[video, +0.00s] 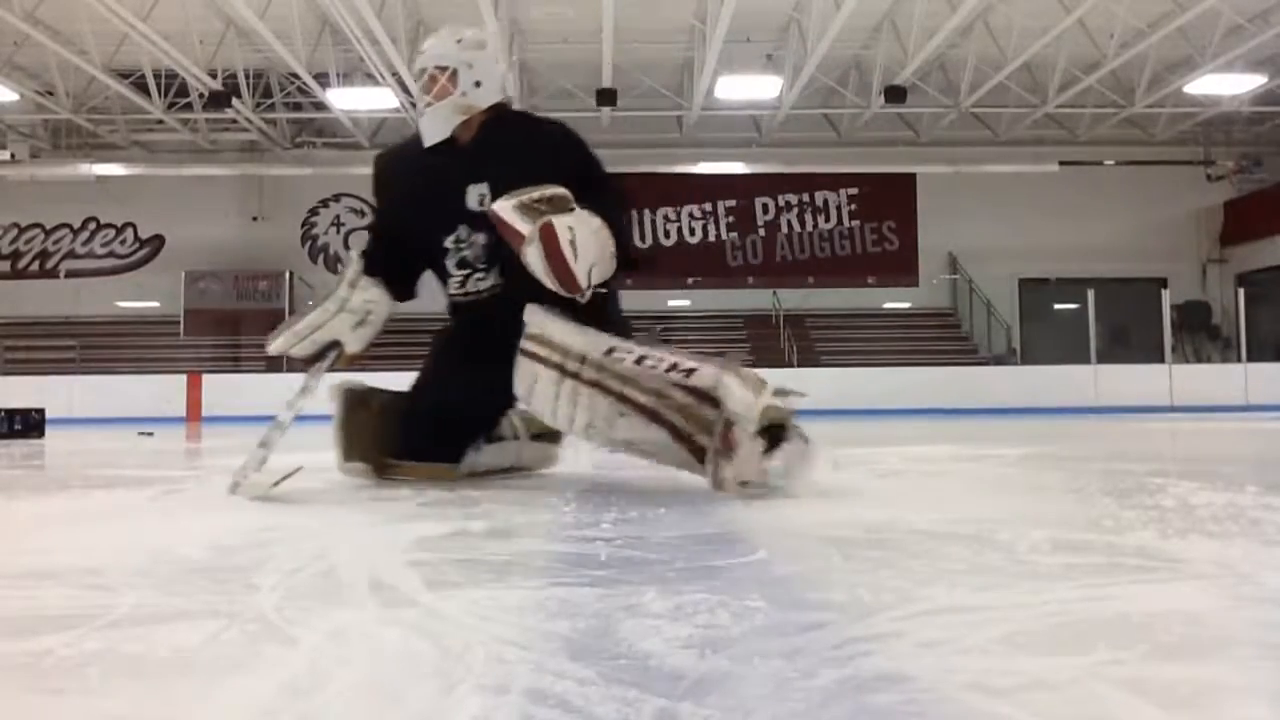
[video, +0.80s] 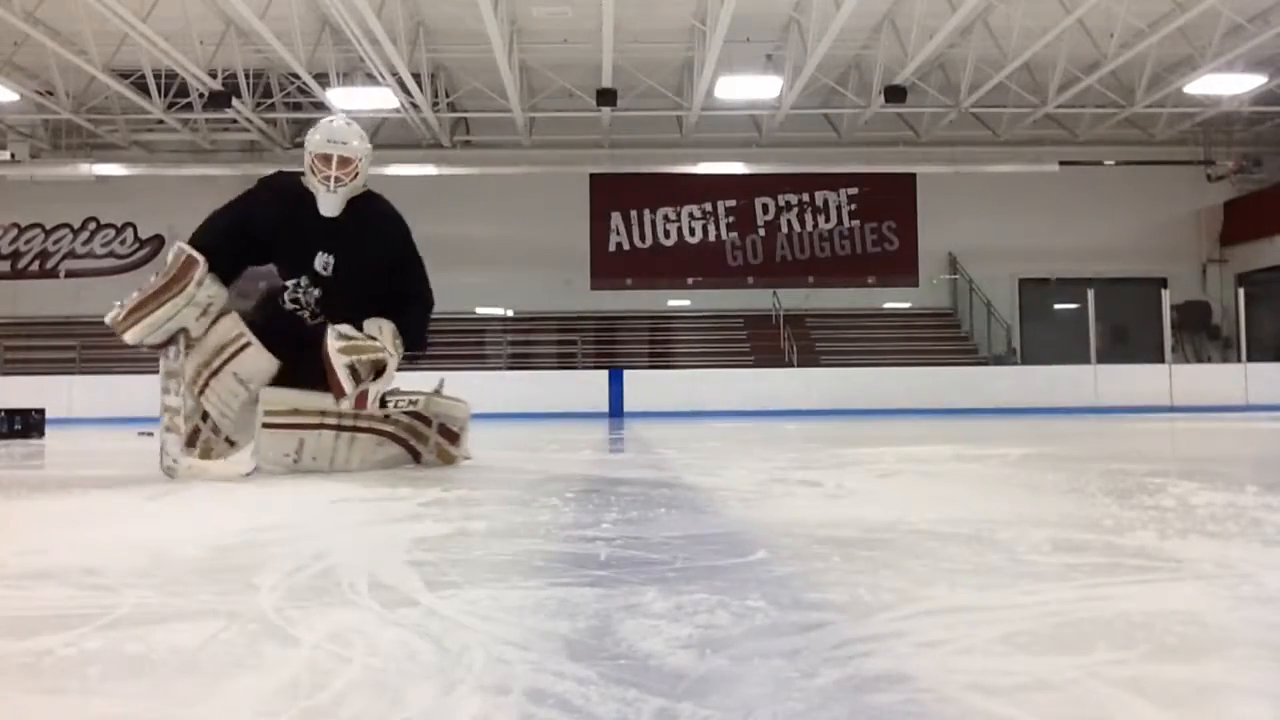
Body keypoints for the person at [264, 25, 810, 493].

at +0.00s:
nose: (426, 88)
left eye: (440, 76)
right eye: (422, 77)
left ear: (481, 78)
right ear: (421, 85)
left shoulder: (544, 141)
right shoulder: (406, 172)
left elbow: (612, 225)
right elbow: (394, 260)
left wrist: (580, 245)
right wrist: (357, 306)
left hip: (570, 318)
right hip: (476, 332)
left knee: (630, 397)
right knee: (422, 446)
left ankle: (739, 433)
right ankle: (520, 442)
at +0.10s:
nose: (401, 107)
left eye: (414, 95)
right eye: (398, 96)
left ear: (452, 98)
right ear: (406, 102)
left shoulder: (512, 160)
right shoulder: (381, 178)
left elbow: (582, 235)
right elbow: (361, 255)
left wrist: (563, 263)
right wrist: (335, 304)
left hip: (521, 329)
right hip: (435, 334)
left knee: (473, 419)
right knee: (389, 441)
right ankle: (496, 437)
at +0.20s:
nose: (383, 114)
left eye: (397, 102)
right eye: (384, 101)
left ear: (434, 109)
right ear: (392, 107)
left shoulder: (487, 170)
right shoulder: (361, 178)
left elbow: (548, 243)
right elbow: (340, 266)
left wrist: (524, 287)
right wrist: (299, 317)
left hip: (484, 348)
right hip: (401, 341)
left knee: (457, 461)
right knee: (369, 448)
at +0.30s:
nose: (361, 126)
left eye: (374, 115)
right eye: (363, 115)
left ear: (408, 121)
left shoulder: (454, 178)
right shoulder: (346, 185)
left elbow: (513, 258)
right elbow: (325, 271)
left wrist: (483, 307)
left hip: (455, 352)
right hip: (374, 346)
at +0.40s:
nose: (342, 137)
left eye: (355, 125)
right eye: (340, 126)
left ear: (390, 129)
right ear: (335, 128)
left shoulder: (426, 190)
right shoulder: (326, 189)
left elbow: (475, 278)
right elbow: (301, 257)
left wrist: (432, 336)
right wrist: (254, 288)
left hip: (420, 353)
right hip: (339, 345)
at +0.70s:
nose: (342, 171)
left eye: (354, 161)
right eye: (333, 159)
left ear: (372, 162)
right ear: (316, 157)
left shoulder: (393, 215)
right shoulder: (287, 194)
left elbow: (427, 296)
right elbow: (232, 250)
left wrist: (394, 345)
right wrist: (199, 306)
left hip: (362, 348)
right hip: (290, 331)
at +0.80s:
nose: (334, 173)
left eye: (345, 164)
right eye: (324, 162)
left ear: (363, 166)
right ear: (307, 160)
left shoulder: (381, 219)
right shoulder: (276, 197)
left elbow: (415, 299)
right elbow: (208, 249)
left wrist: (387, 346)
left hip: (344, 372)